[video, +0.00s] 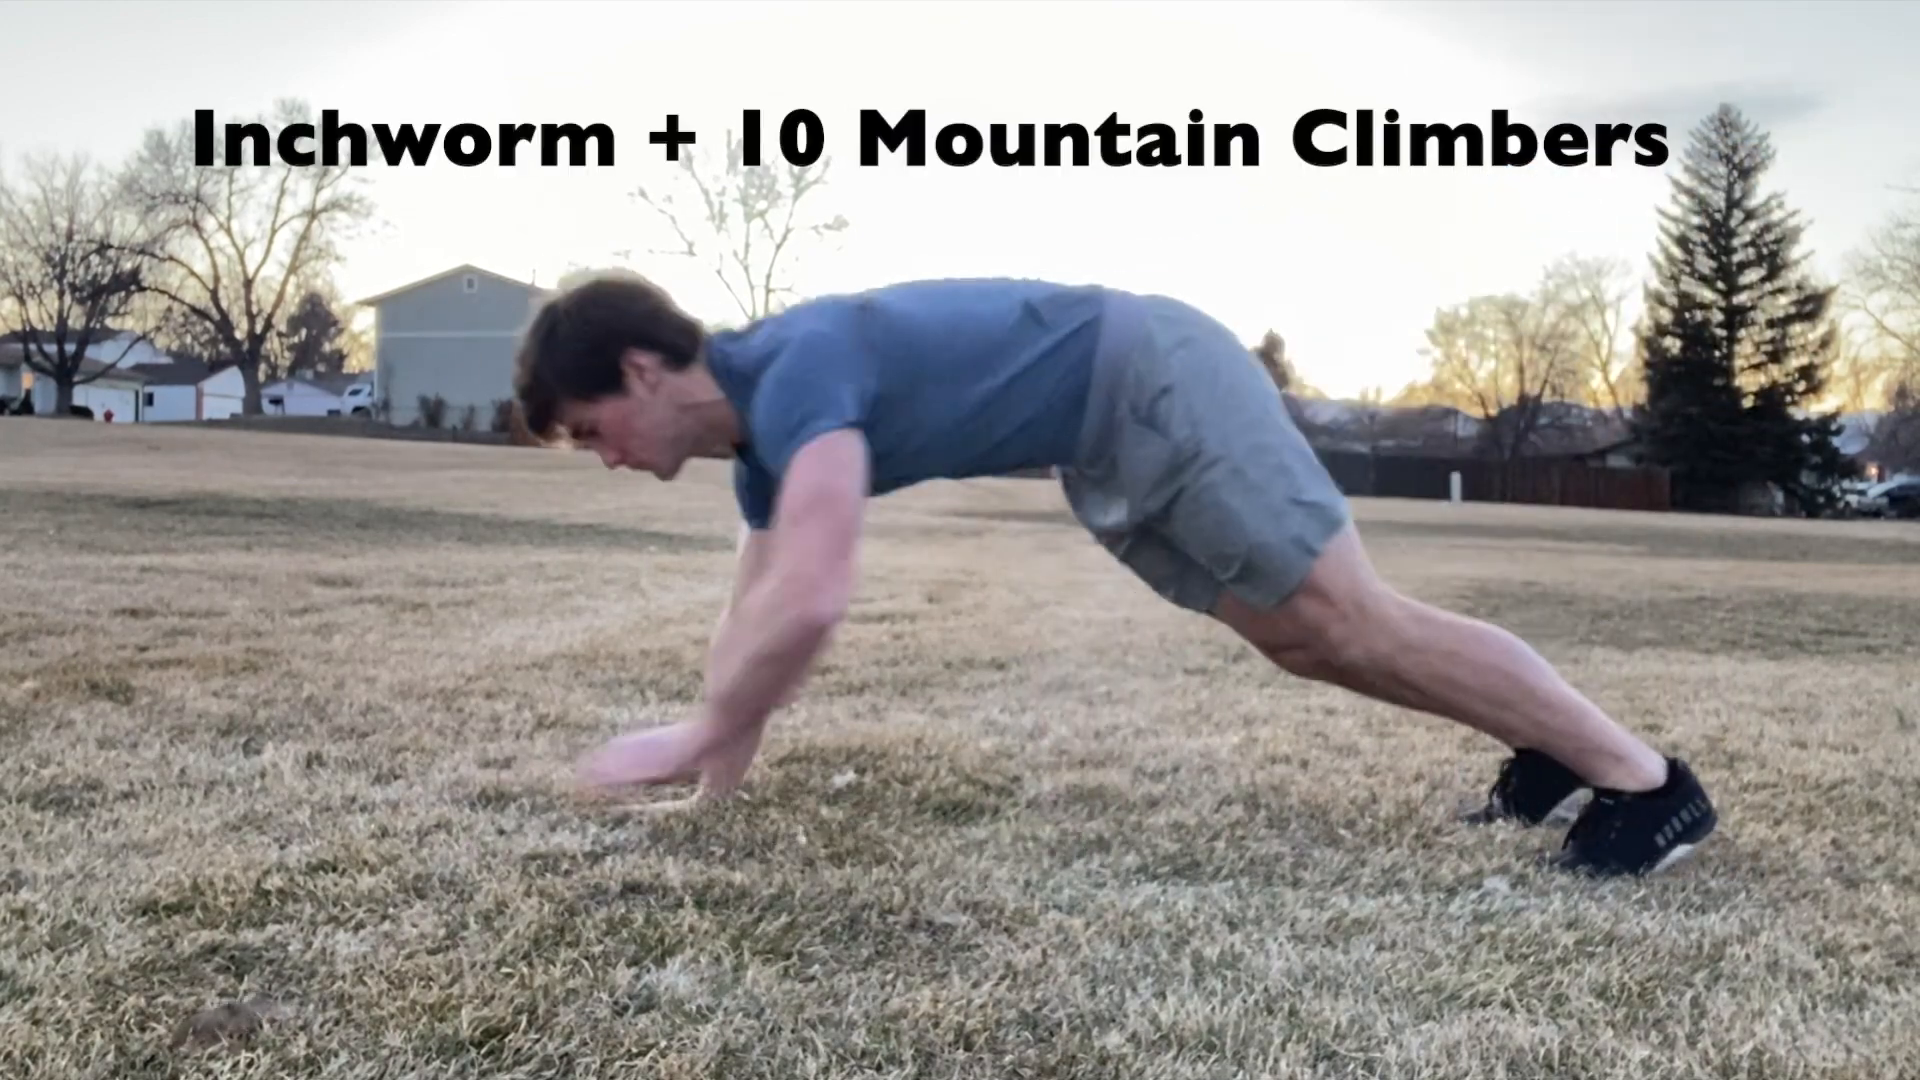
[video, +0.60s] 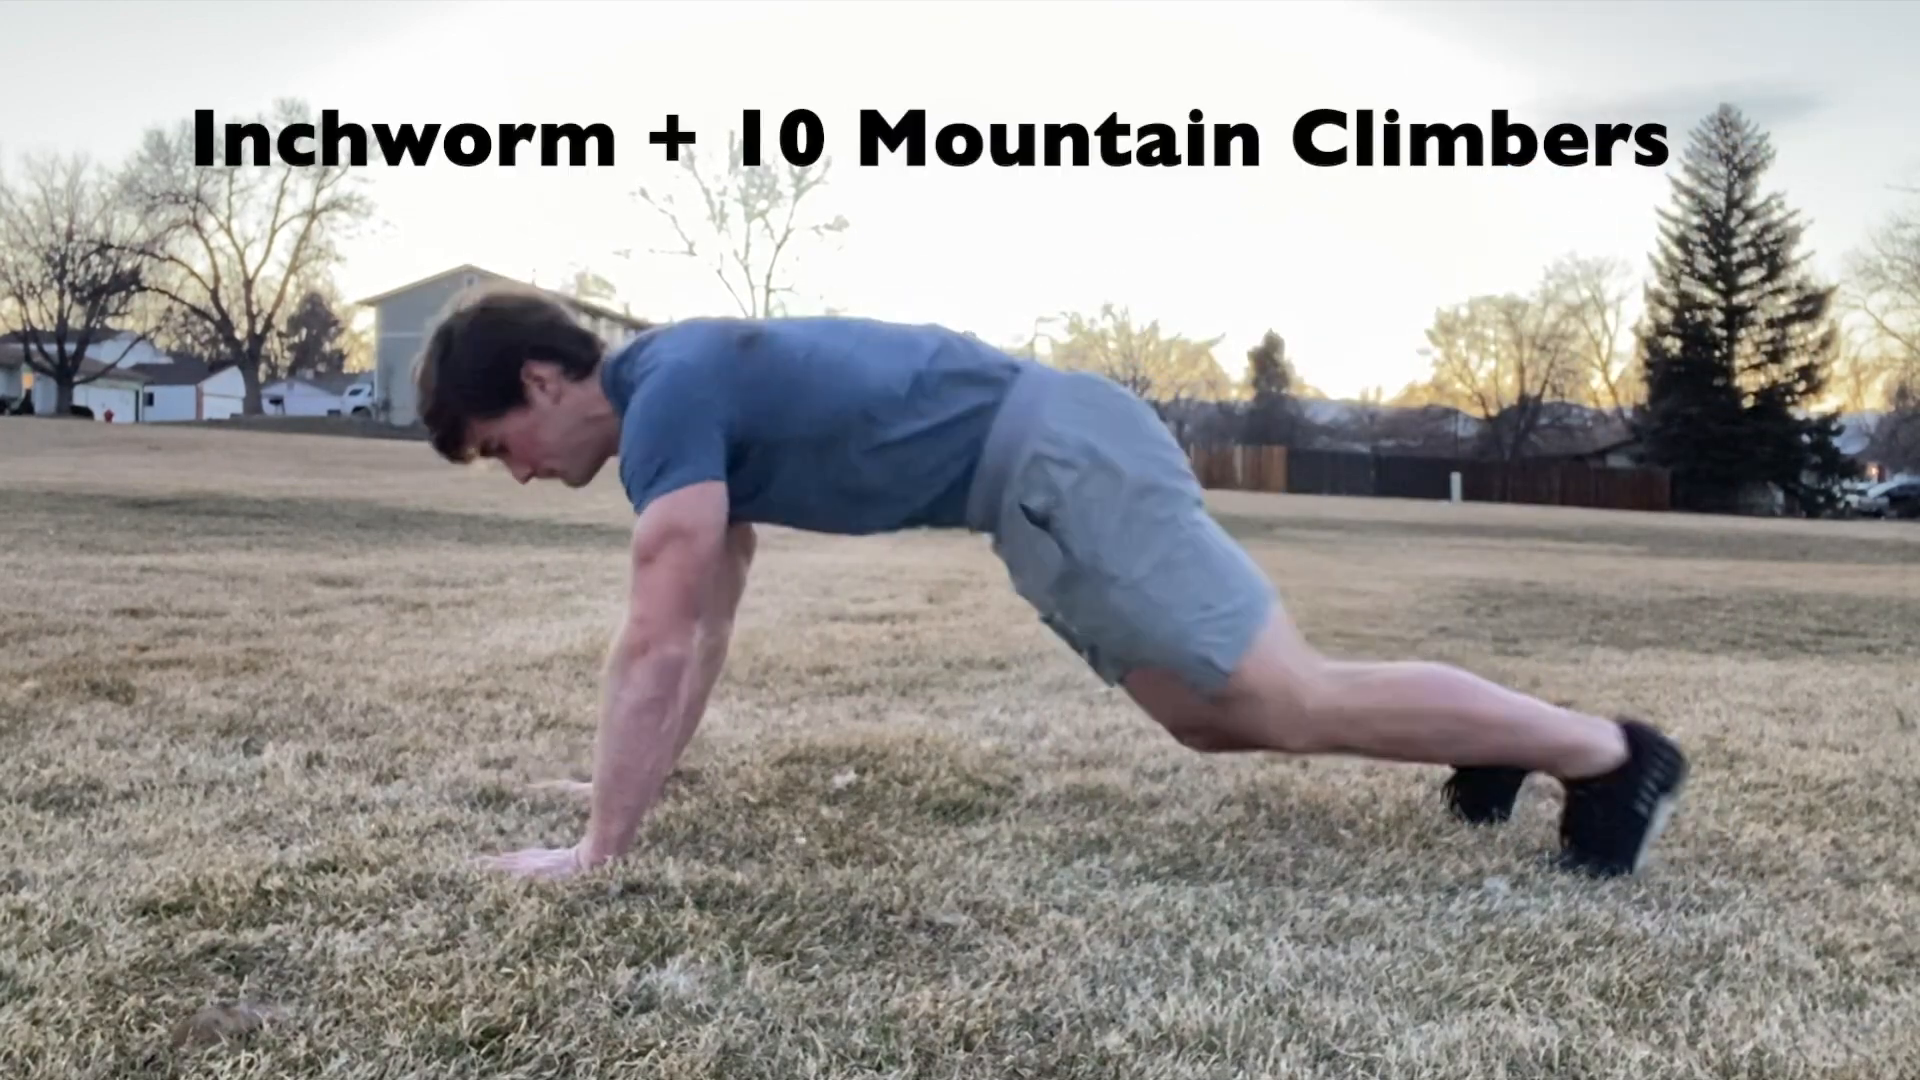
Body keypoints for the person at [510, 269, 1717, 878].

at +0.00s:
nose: (609, 465)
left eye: (599, 436)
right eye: (590, 449)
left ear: (648, 374)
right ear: (646, 383)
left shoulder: (804, 372)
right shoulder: (755, 419)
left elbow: (814, 594)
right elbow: (771, 590)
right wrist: (720, 742)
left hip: (1151, 373)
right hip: (1102, 435)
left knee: (1351, 621)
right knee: (1302, 636)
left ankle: (1648, 780)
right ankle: (1554, 737)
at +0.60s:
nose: (517, 473)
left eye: (503, 445)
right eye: (497, 460)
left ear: (541, 382)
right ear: (553, 384)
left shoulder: (676, 381)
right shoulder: (689, 401)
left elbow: (660, 638)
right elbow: (698, 639)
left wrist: (598, 846)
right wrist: (633, 803)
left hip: (1055, 448)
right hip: (1031, 480)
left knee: (1271, 693)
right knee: (1202, 711)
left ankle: (1613, 755)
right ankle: (1491, 742)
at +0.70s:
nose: (509, 484)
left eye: (493, 458)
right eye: (488, 474)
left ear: (531, 389)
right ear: (540, 392)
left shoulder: (661, 384)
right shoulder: (670, 405)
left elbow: (640, 635)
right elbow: (682, 637)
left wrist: (592, 849)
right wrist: (626, 804)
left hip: (1042, 399)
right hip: (1027, 420)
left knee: (1153, 706)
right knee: (1186, 666)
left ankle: (1472, 693)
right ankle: (1450, 712)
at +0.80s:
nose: (506, 484)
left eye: (487, 459)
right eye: (483, 474)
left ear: (520, 393)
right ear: (526, 397)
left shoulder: (651, 374)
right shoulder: (651, 398)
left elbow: (638, 626)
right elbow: (674, 624)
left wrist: (597, 842)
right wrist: (628, 792)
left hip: (1014, 338)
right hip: (1019, 370)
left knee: (925, 566)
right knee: (1237, 576)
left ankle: (1225, 705)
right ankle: (1491, 716)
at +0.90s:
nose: (509, 481)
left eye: (489, 455)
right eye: (485, 470)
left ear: (521, 387)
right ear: (525, 394)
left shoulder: (651, 365)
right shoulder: (653, 392)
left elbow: (634, 629)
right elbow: (661, 630)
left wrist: (594, 843)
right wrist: (614, 807)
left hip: (1016, 340)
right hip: (1028, 389)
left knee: (774, 415)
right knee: (1246, 565)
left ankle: (900, 748)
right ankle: (1521, 682)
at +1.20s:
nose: (478, 502)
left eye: (456, 480)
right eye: (454, 494)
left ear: (481, 406)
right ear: (487, 410)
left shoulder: (627, 363)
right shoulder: (617, 399)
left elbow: (629, 630)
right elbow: (637, 638)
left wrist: (598, 844)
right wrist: (620, 826)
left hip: (981, 341)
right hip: (993, 385)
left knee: (769, 495)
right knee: (1180, 609)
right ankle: (1465, 727)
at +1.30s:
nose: (464, 503)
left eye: (443, 480)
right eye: (440, 495)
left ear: (464, 404)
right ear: (469, 402)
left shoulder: (594, 371)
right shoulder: (602, 376)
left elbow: (618, 620)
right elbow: (646, 600)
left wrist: (596, 842)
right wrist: (641, 780)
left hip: (947, 299)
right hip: (975, 302)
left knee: (918, 612)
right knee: (1028, 603)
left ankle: (1230, 675)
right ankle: (1306, 674)